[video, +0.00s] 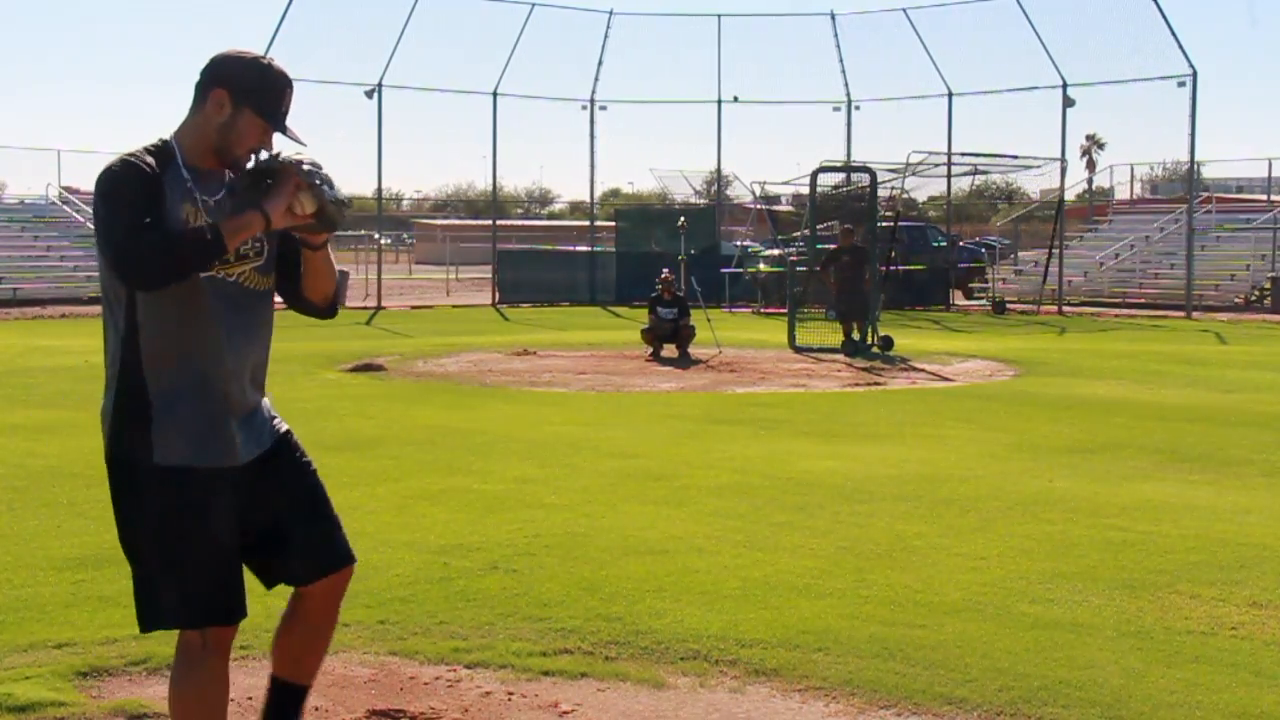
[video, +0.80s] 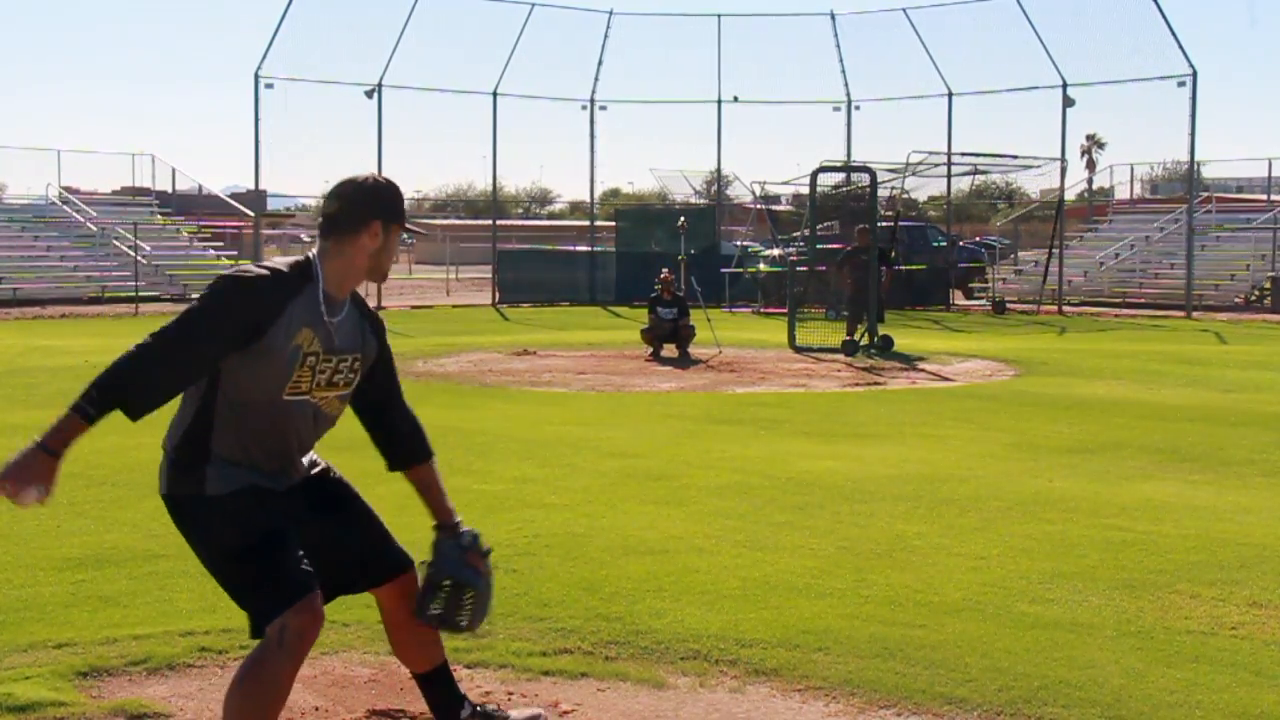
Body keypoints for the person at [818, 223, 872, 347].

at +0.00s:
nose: (845, 239)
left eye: (848, 236)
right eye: (843, 236)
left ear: (853, 237)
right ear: (840, 237)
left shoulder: (861, 251)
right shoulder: (835, 252)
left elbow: (871, 267)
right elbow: (823, 269)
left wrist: (868, 280)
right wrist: (830, 284)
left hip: (859, 287)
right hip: (842, 288)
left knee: (861, 317)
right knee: (845, 318)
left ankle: (862, 340)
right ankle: (848, 341)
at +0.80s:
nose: (863, 238)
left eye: (866, 235)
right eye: (861, 235)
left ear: (870, 236)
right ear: (856, 237)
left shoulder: (877, 251)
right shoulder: (851, 252)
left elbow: (889, 266)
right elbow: (839, 267)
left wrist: (886, 282)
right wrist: (845, 281)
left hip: (873, 287)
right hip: (856, 287)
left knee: (873, 317)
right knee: (853, 316)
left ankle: (872, 343)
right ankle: (849, 340)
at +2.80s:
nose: (867, 238)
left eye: (870, 235)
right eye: (865, 235)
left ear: (876, 236)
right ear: (863, 237)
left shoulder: (885, 251)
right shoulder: (859, 252)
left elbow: (897, 266)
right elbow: (848, 267)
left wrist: (890, 284)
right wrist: (854, 282)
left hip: (878, 288)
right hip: (861, 288)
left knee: (876, 317)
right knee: (857, 315)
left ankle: (874, 339)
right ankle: (862, 337)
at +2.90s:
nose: (867, 237)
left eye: (870, 234)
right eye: (865, 234)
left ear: (876, 236)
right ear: (863, 236)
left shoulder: (885, 251)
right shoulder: (858, 252)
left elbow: (897, 266)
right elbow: (850, 267)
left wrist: (890, 284)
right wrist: (854, 281)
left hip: (878, 287)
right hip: (862, 287)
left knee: (876, 315)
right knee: (858, 314)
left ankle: (875, 337)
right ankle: (866, 336)